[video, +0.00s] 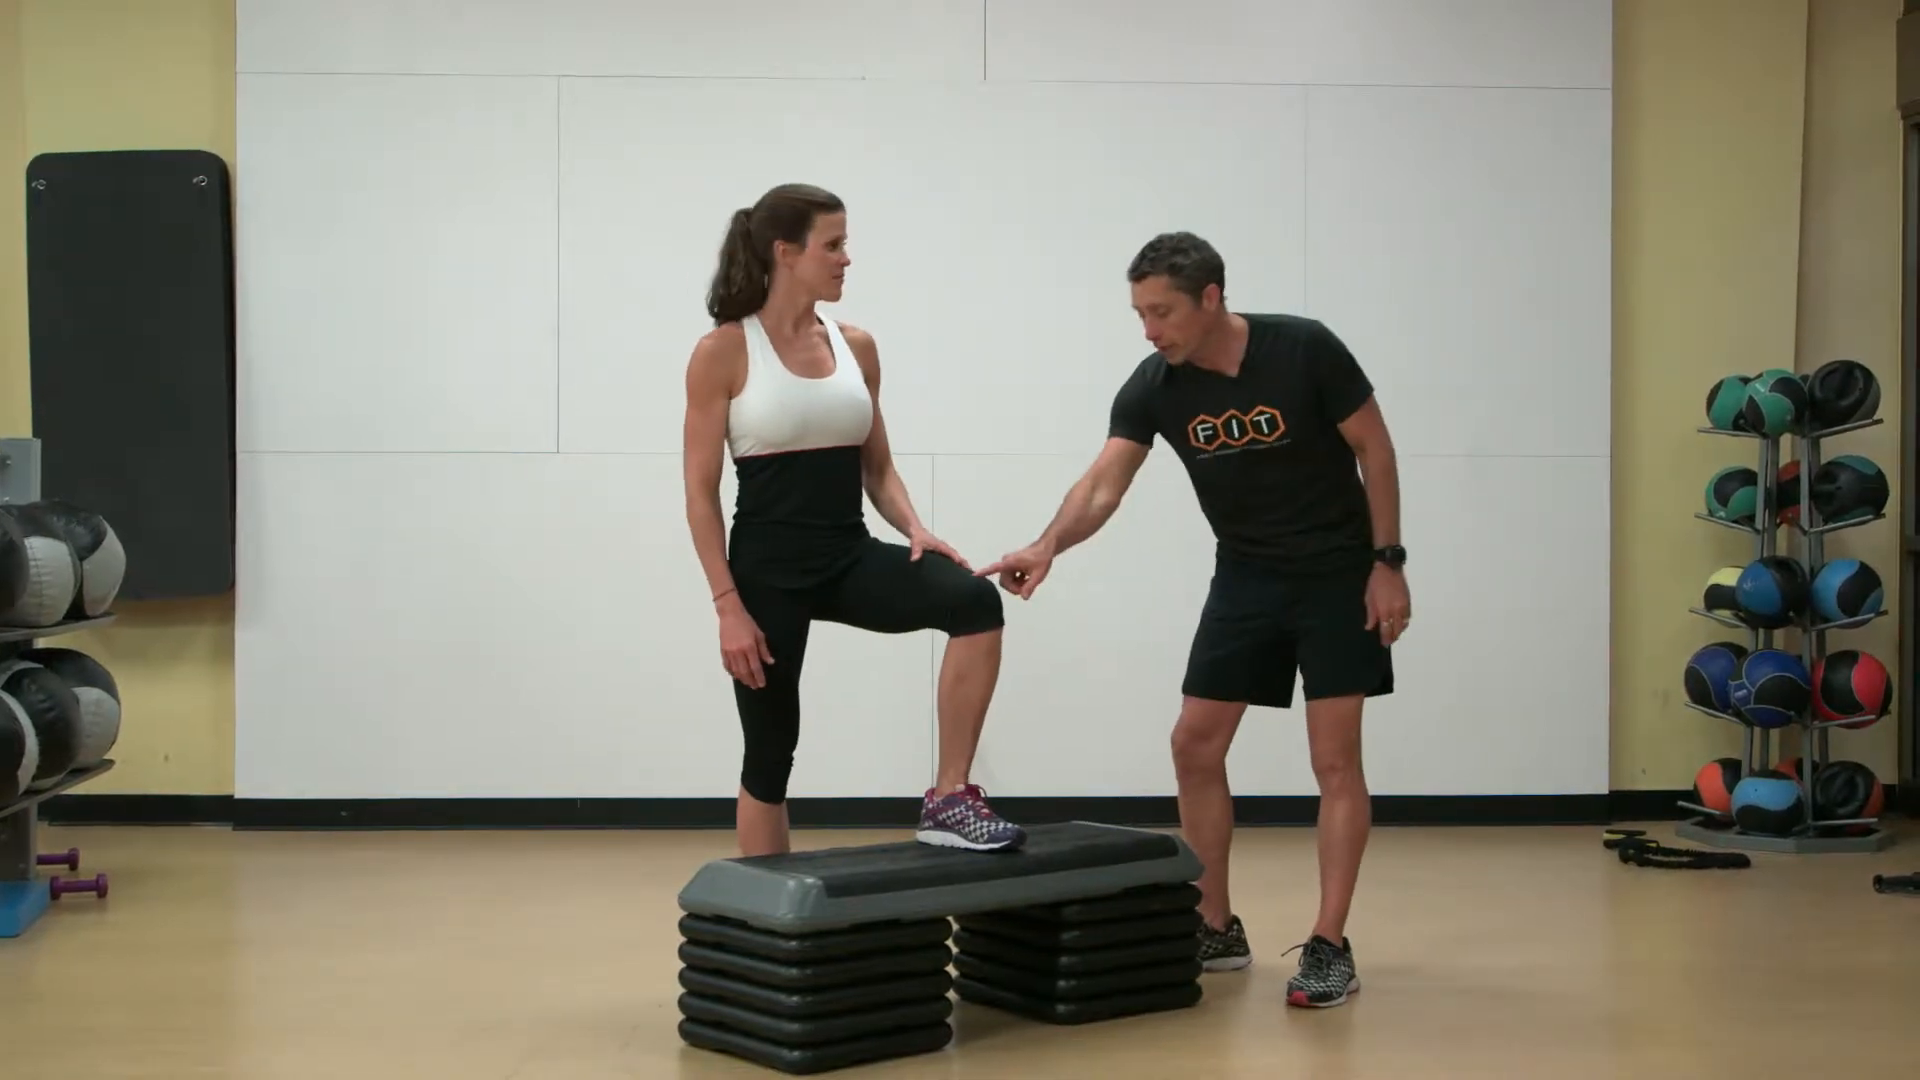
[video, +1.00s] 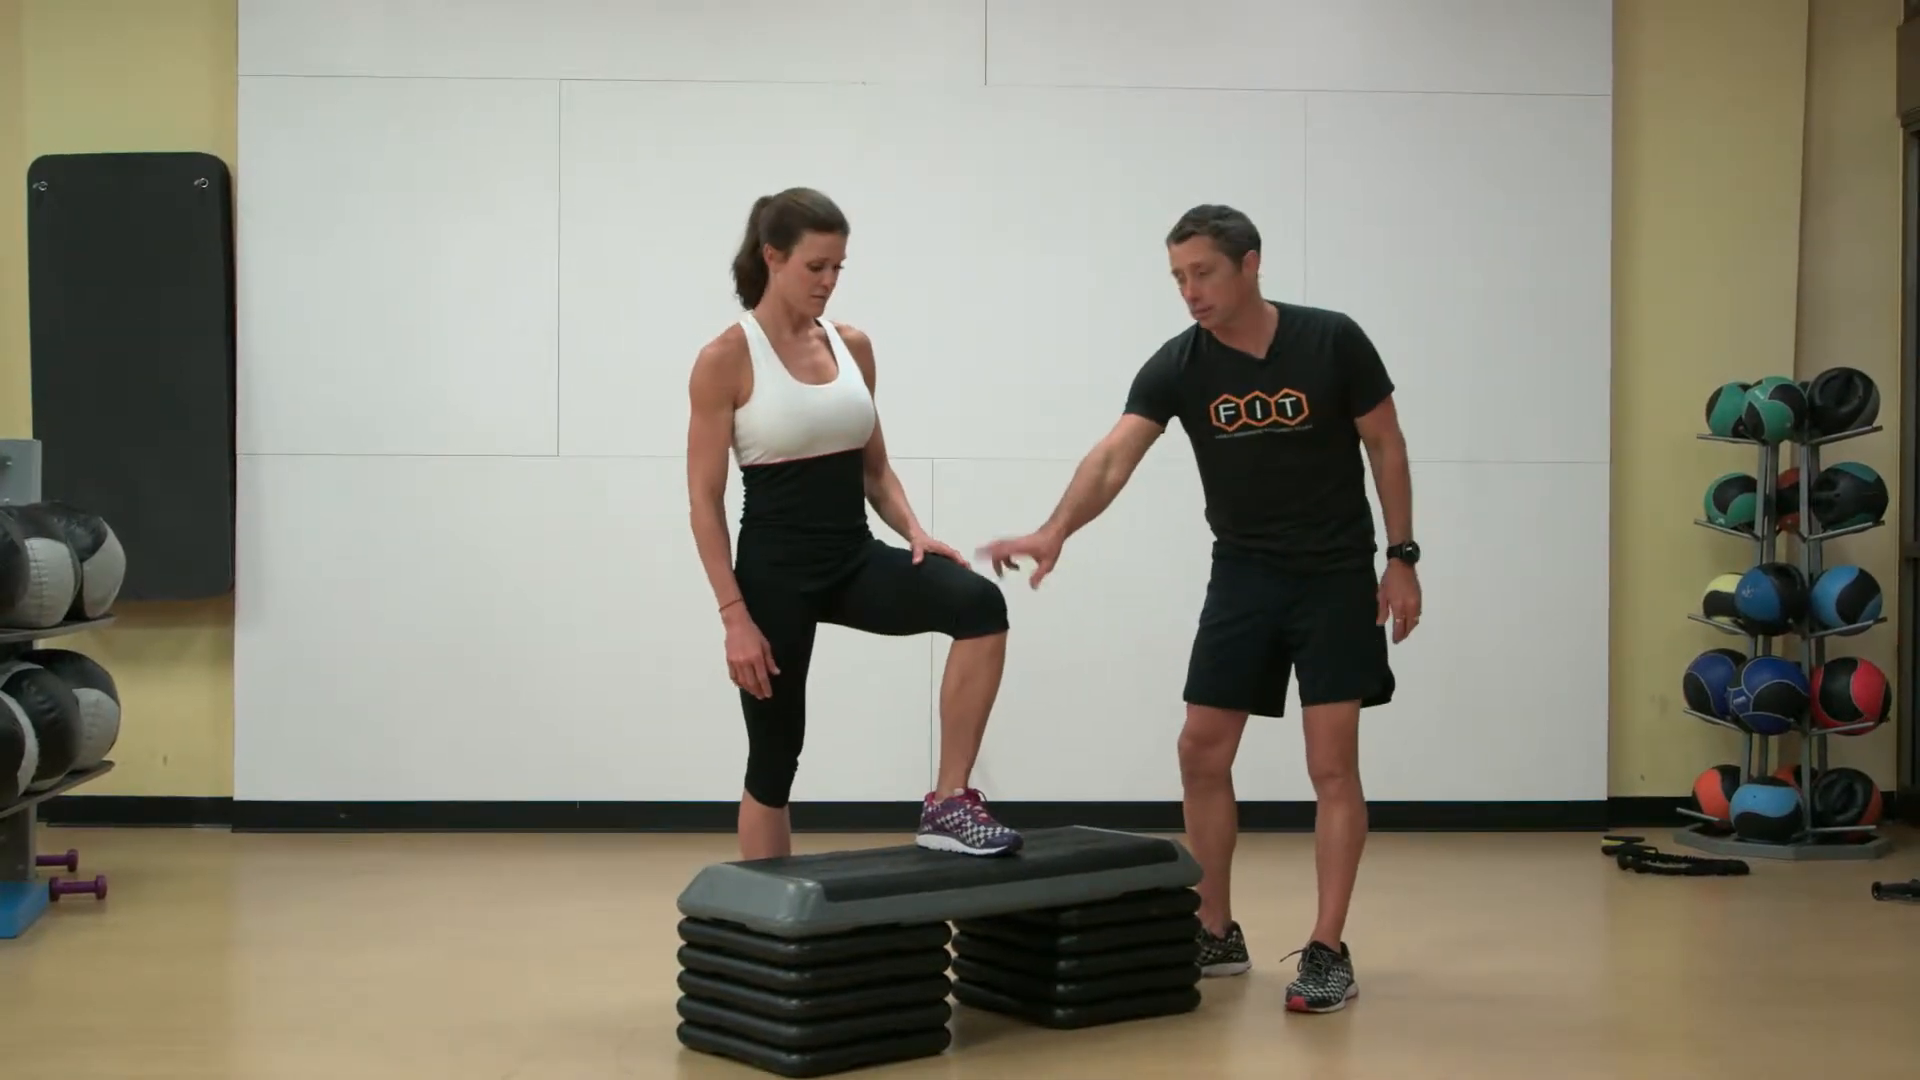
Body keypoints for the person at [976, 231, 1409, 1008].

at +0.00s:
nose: (1149, 328)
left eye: (1161, 313)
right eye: (1142, 314)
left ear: (1211, 299)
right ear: (1142, 311)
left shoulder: (1305, 350)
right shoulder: (1152, 390)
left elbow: (1375, 449)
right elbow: (1103, 485)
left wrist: (1388, 562)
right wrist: (1045, 548)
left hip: (1337, 572)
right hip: (1246, 576)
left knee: (1335, 756)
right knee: (1194, 744)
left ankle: (1329, 940)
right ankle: (1215, 925)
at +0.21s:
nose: (1176, 300)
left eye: (1187, 281)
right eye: (1162, 288)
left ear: (1228, 272)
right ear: (1155, 293)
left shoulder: (1308, 344)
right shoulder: (1156, 376)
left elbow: (1369, 450)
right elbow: (1101, 471)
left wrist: (1355, 561)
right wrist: (1043, 539)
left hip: (1329, 568)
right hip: (1240, 573)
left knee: (1331, 756)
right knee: (1194, 745)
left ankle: (1327, 941)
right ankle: (1213, 923)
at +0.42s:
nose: (1201, 271)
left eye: (1214, 253)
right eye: (1185, 260)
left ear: (1246, 256)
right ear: (1173, 274)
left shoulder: (1318, 336)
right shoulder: (1167, 360)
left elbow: (1371, 445)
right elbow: (1103, 447)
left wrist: (1343, 548)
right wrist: (1040, 524)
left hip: (1327, 564)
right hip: (1237, 568)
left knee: (1329, 761)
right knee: (1198, 744)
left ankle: (1327, 942)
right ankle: (1213, 925)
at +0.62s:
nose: (1211, 262)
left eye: (1224, 246)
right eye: (1196, 253)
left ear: (1258, 253)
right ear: (1182, 270)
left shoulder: (1326, 336)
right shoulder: (1173, 358)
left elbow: (1377, 445)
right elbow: (1105, 445)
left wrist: (1373, 551)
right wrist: (1041, 525)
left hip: (1328, 569)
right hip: (1237, 570)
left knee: (1329, 763)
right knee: (1199, 745)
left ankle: (1327, 943)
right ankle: (1213, 926)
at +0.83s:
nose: (1209, 271)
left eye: (1223, 253)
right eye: (1194, 260)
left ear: (1260, 256)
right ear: (1183, 272)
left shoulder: (1330, 339)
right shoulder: (1175, 361)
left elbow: (1383, 445)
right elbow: (1109, 447)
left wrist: (1402, 556)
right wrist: (1046, 524)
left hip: (1333, 573)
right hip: (1239, 574)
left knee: (1331, 765)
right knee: (1200, 746)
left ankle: (1325, 945)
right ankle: (1215, 930)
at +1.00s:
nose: (1189, 292)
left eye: (1201, 275)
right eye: (1179, 279)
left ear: (1249, 265)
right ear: (1177, 281)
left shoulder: (1331, 341)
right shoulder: (1176, 368)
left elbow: (1387, 447)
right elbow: (1111, 459)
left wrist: (1402, 558)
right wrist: (1052, 533)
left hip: (1335, 575)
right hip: (1242, 576)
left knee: (1332, 767)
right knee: (1201, 749)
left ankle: (1326, 946)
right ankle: (1215, 931)